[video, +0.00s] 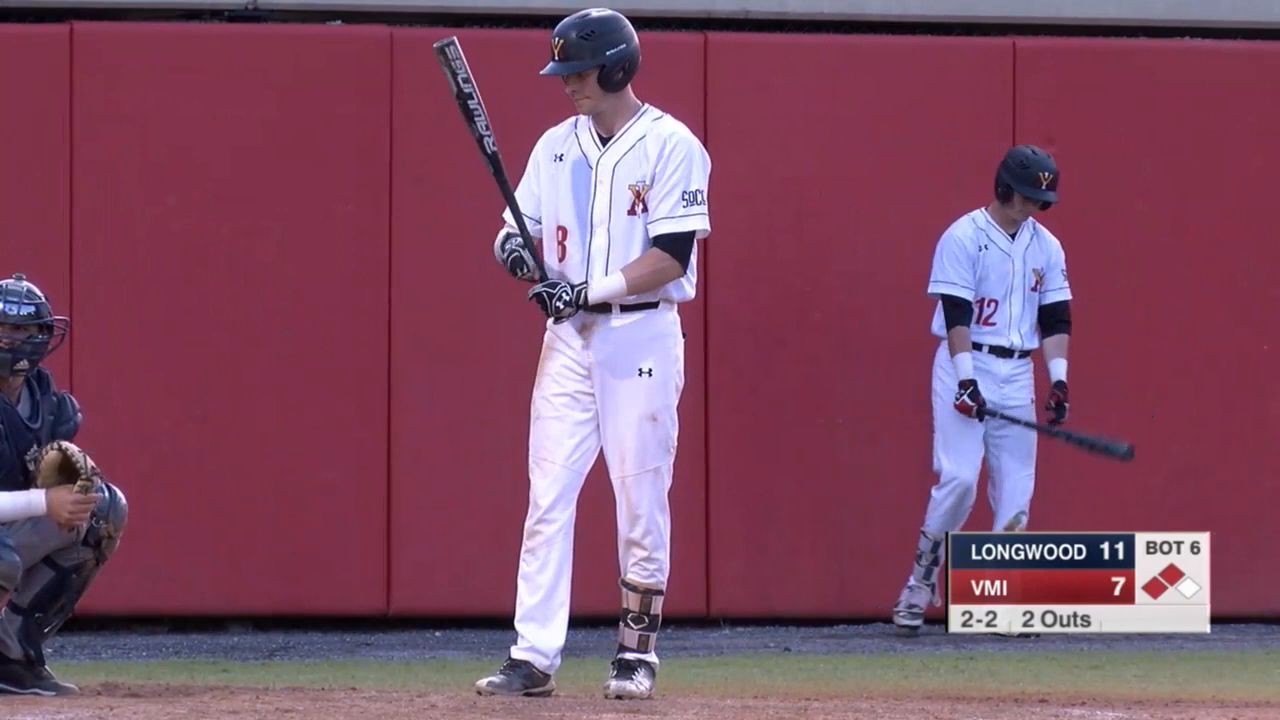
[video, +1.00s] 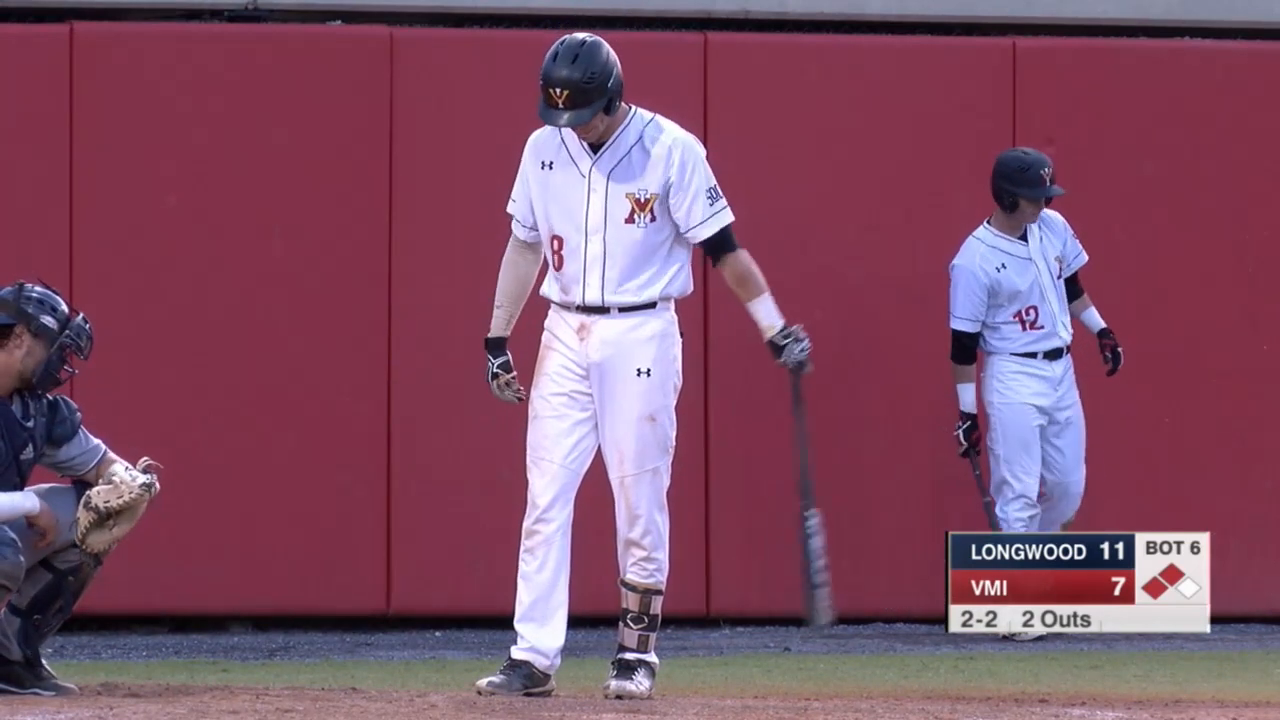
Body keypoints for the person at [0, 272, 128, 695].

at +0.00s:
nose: (15, 340)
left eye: (24, 330)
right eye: (7, 329)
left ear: (42, 337)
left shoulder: (50, 406)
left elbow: (48, 483)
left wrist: (71, 488)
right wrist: (43, 503)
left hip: (18, 529)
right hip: (4, 531)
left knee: (105, 506)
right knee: (7, 565)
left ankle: (17, 650)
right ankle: (9, 652)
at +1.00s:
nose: (62, 360)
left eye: (65, 350)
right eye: (56, 347)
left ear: (23, 340)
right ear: (19, 339)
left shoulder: (41, 411)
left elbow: (98, 461)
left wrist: (131, 481)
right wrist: (27, 503)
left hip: (9, 522)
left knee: (94, 511)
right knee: (7, 550)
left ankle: (15, 652)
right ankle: (6, 658)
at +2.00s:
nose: (62, 361)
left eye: (65, 351)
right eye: (56, 348)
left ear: (23, 341)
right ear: (20, 339)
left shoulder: (40, 410)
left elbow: (99, 461)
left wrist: (128, 480)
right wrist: (26, 504)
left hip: (9, 521)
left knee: (96, 512)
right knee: (7, 549)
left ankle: (14, 651)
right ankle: (7, 655)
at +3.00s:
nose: (40, 328)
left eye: (42, 319)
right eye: (25, 319)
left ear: (47, 325)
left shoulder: (37, 404)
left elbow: (98, 462)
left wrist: (127, 483)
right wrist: (29, 505)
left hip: (9, 522)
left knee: (96, 513)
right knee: (10, 547)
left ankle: (14, 652)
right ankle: (7, 653)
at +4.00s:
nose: (38, 328)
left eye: (41, 318)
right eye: (23, 319)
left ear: (48, 325)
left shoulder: (37, 406)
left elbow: (97, 461)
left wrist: (125, 484)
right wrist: (27, 505)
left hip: (9, 522)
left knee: (96, 511)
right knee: (11, 545)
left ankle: (15, 652)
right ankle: (8, 653)